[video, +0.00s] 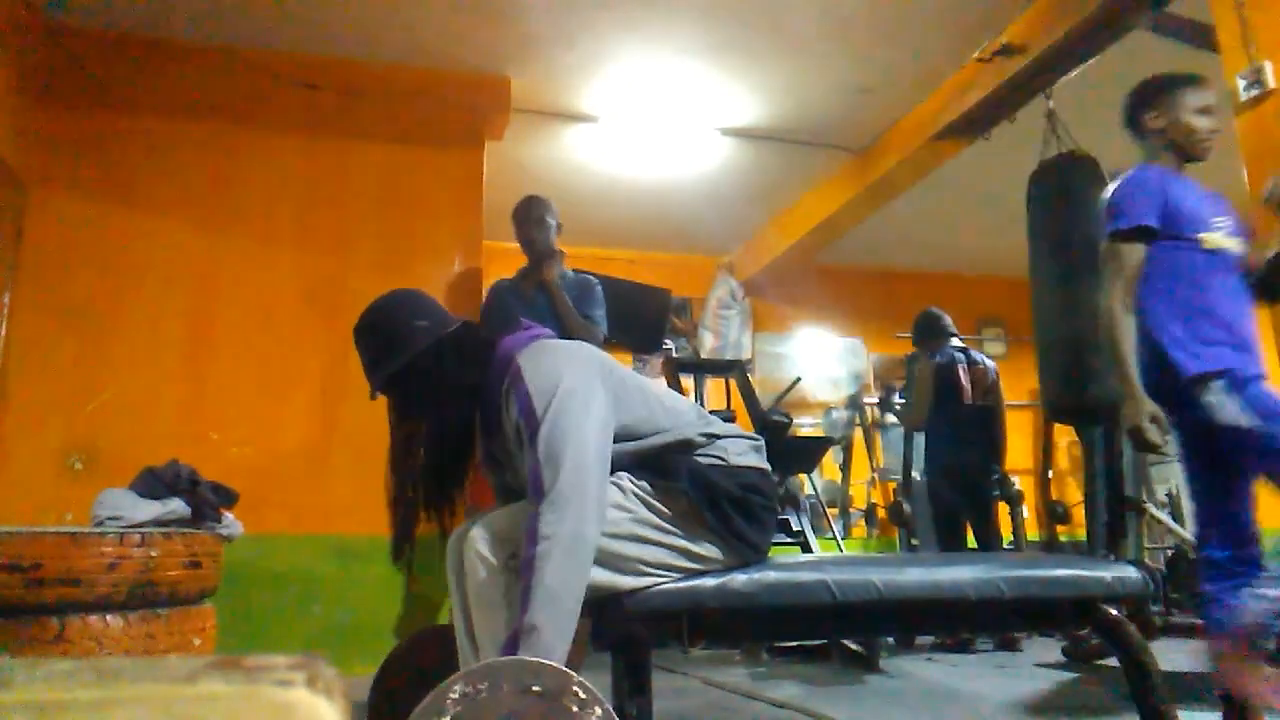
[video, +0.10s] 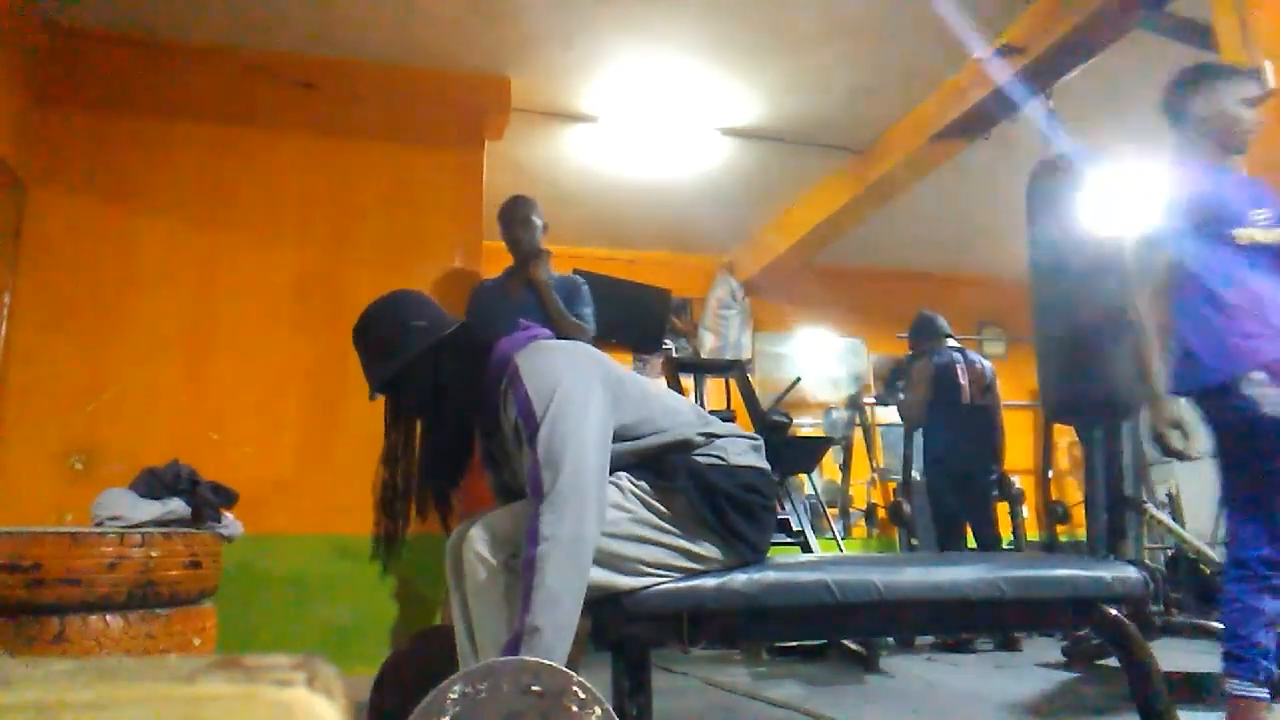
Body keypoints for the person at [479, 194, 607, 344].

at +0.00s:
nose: (530, 233)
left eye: (539, 223)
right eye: (523, 224)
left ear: (558, 230)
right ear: (516, 234)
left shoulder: (587, 287)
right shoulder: (502, 293)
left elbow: (592, 344)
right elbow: (487, 351)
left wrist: (554, 285)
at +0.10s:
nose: (516, 234)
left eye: (525, 223)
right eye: (509, 225)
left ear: (544, 229)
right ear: (503, 234)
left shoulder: (573, 287)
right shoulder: (486, 293)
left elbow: (582, 341)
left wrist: (542, 283)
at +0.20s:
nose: (500, 231)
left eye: (509, 221)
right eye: (492, 223)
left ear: (528, 229)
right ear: (485, 232)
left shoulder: (554, 289)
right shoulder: (469, 294)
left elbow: (567, 339)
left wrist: (525, 282)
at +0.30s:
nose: (481, 229)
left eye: (490, 220)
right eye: (474, 221)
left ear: (508, 227)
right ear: (466, 231)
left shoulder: (537, 286)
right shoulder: (449, 294)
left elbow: (549, 339)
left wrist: (507, 281)